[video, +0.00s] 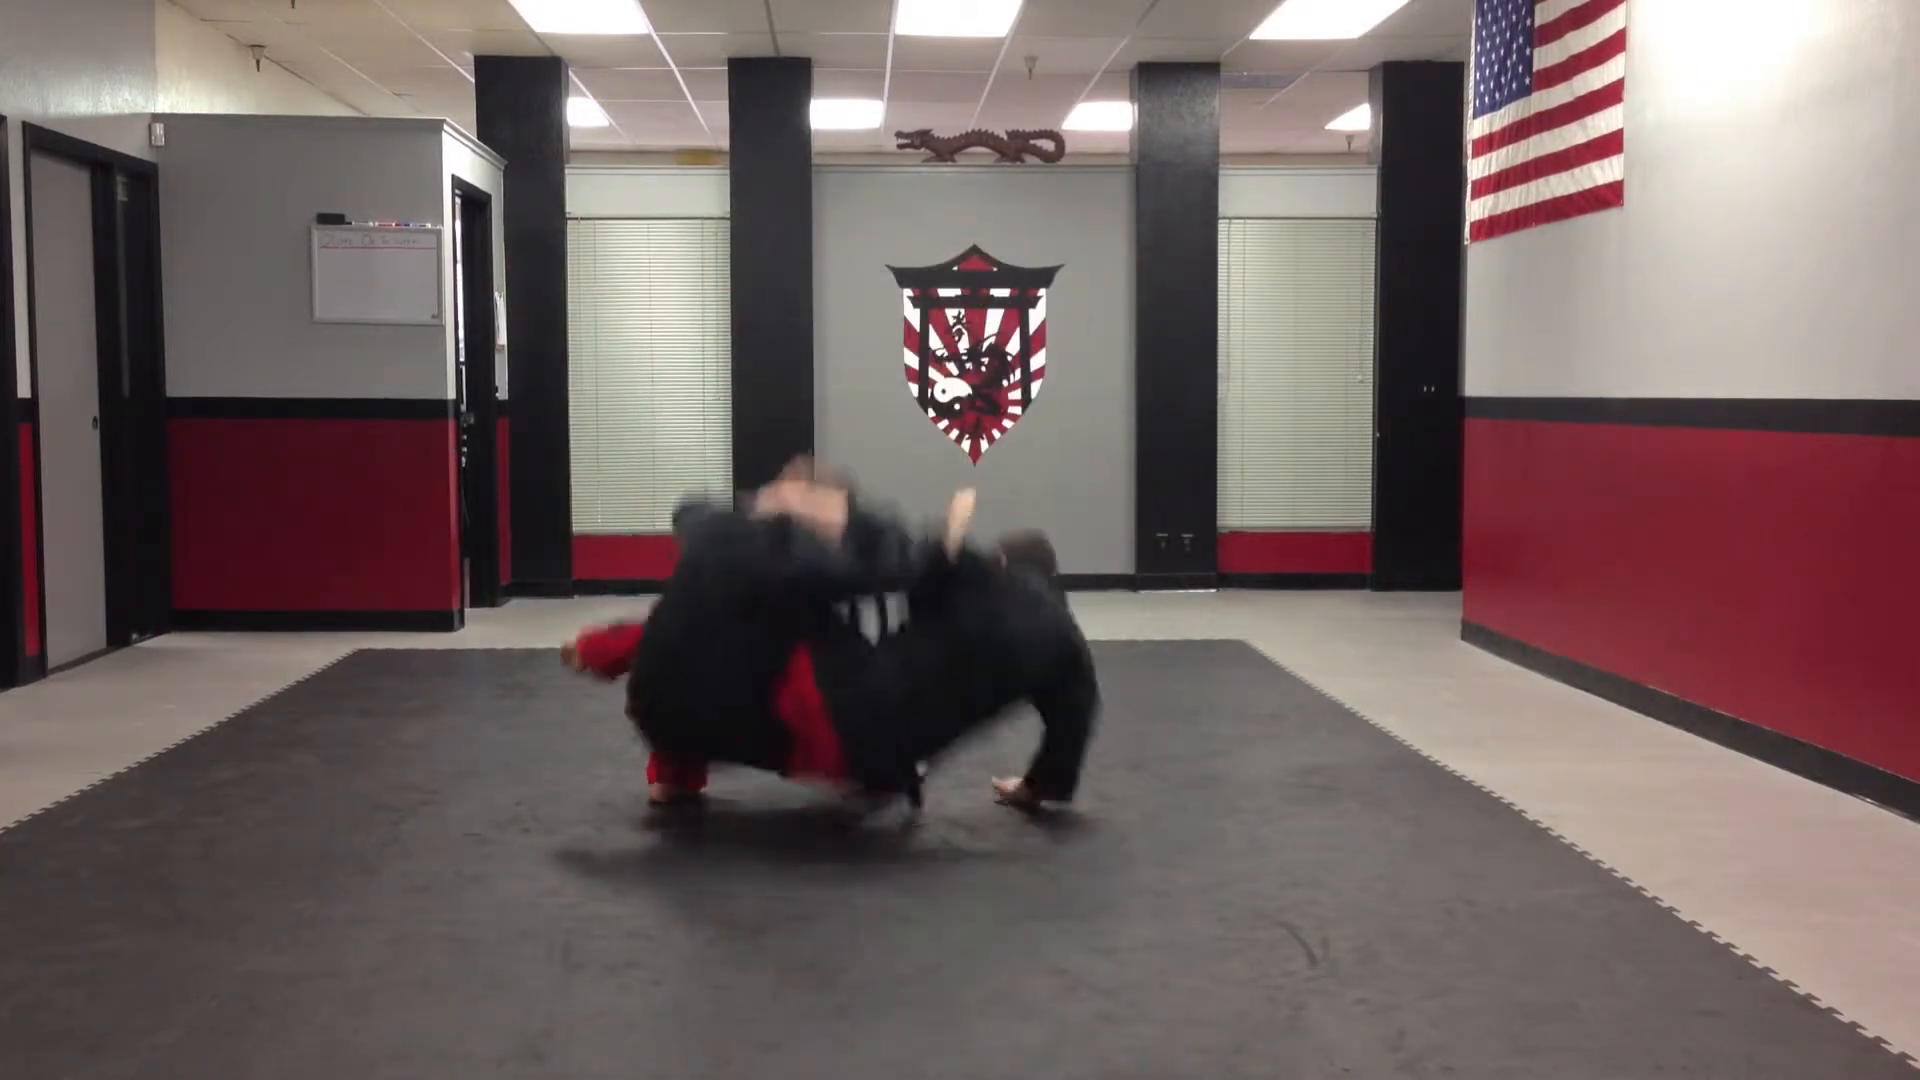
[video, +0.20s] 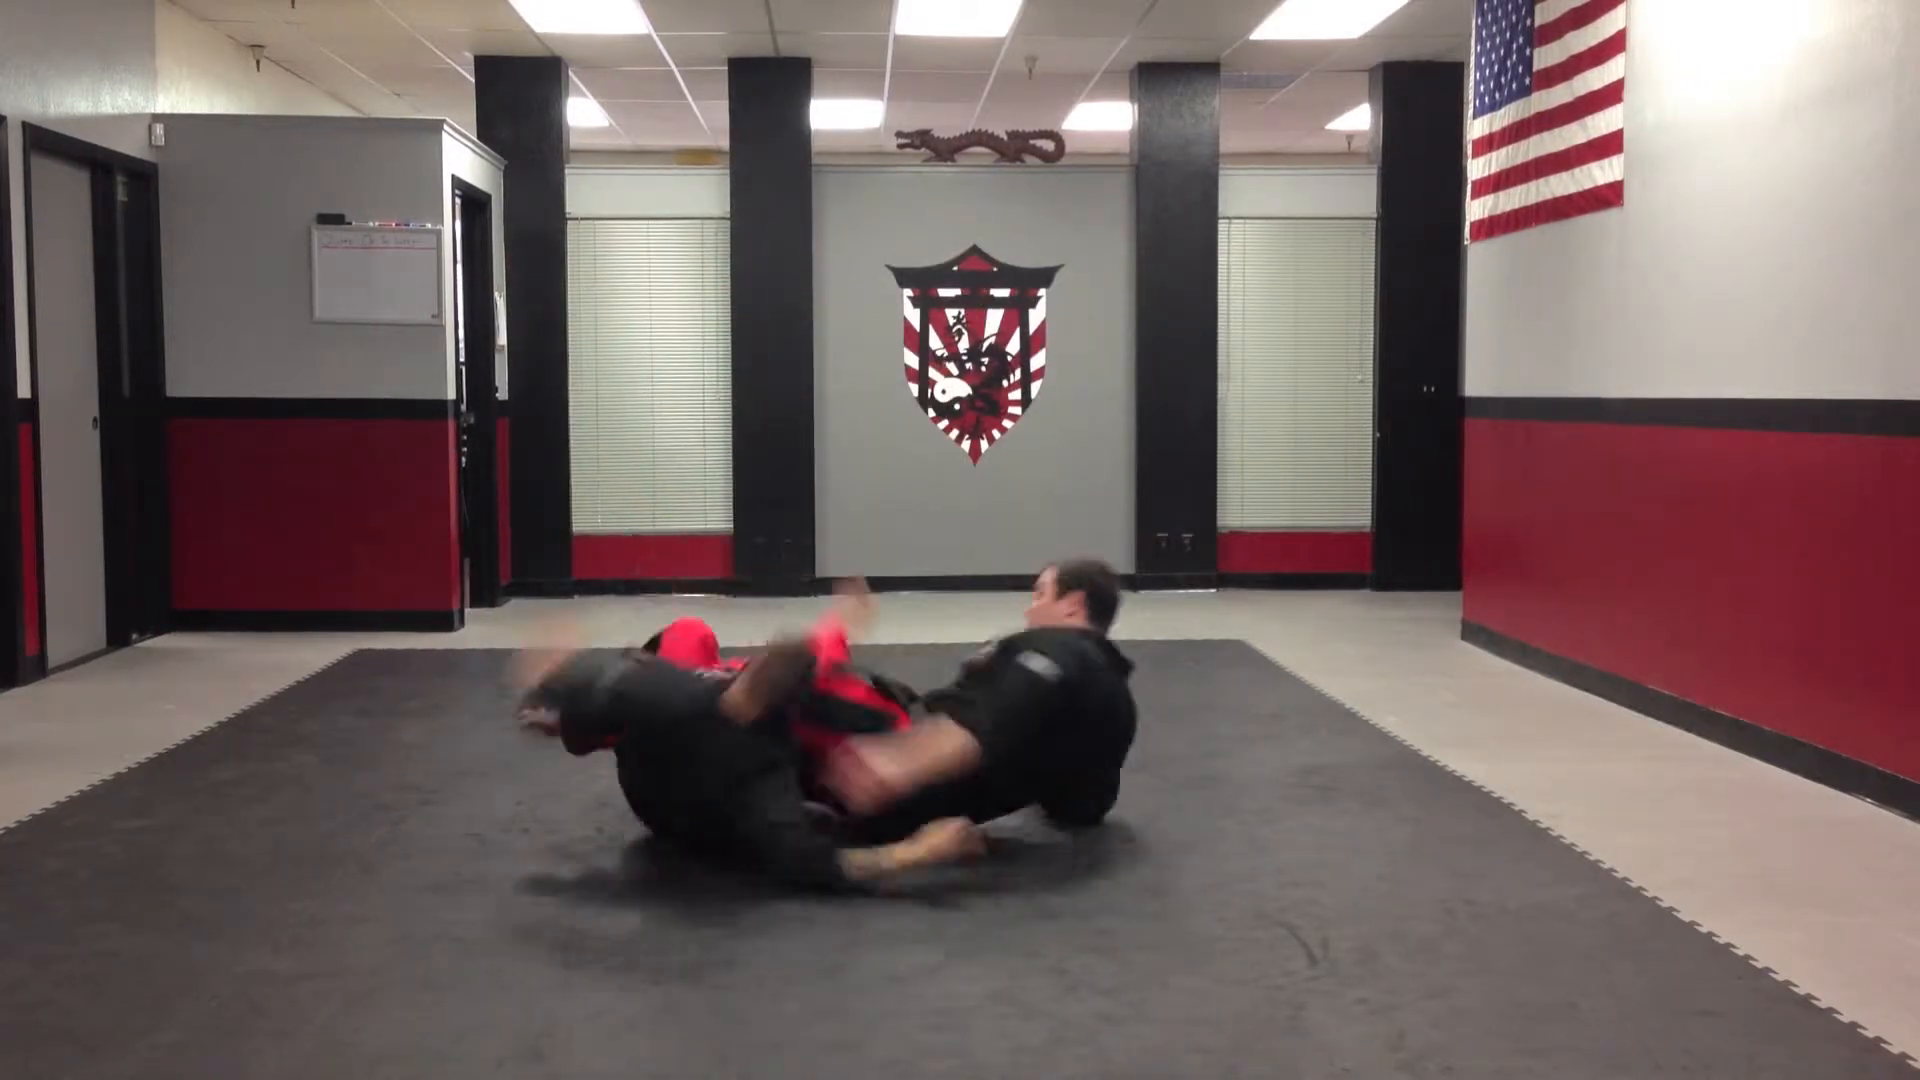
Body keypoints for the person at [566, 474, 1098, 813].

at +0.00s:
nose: (995, 554)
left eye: (1000, 551)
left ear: (1005, 557)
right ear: (1057, 578)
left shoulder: (977, 575)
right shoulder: (1064, 651)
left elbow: (908, 561)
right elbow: (1068, 733)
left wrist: (843, 512)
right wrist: (1039, 792)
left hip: (809, 696)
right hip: (850, 757)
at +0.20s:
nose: (1029, 609)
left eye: (1040, 595)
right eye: (1035, 596)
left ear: (1073, 605)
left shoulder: (1056, 650)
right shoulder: (1116, 705)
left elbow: (980, 725)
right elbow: (1081, 811)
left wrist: (896, 761)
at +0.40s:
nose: (1073, 654)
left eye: (1087, 646)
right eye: (1078, 643)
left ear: (1126, 662)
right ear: (1122, 657)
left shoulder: (1122, 726)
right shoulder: (1085, 694)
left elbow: (1088, 839)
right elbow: (1027, 752)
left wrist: (997, 811)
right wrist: (1000, 719)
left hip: (913, 776)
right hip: (911, 745)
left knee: (756, 719)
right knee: (758, 704)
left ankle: (581, 749)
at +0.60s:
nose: (1144, 713)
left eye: (1164, 715)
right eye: (1153, 705)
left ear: (1191, 753)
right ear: (1160, 726)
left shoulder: (1156, 818)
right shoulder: (1121, 762)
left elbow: (1065, 867)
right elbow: (1036, 785)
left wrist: (1040, 757)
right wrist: (1071, 732)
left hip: (913, 778)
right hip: (908, 728)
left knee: (759, 714)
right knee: (748, 673)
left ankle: (569, 760)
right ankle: (768, 524)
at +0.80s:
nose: (1137, 716)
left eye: (1157, 716)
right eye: (1145, 707)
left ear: (1186, 753)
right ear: (1149, 721)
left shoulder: (1150, 818)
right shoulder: (1111, 763)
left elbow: (1066, 869)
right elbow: (1018, 790)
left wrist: (1042, 760)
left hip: (913, 782)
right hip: (912, 737)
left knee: (767, 719)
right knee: (772, 687)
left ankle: (572, 765)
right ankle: (611, 733)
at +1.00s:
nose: (1127, 711)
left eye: (1147, 710)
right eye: (1134, 702)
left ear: (1178, 745)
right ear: (1138, 716)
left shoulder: (1142, 815)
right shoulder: (1104, 759)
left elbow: (1046, 841)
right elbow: (1025, 788)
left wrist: (1033, 737)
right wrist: (1025, 730)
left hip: (913, 785)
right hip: (908, 737)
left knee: (763, 714)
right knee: (768, 683)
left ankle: (570, 767)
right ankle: (601, 726)